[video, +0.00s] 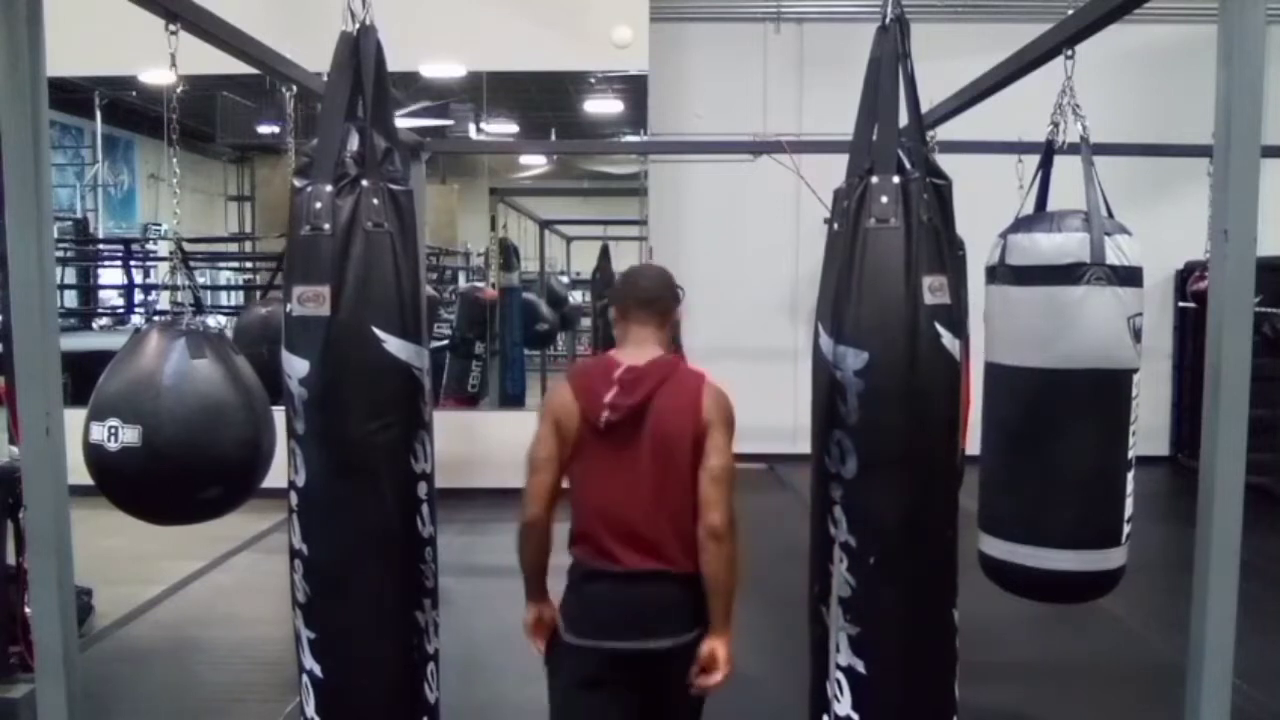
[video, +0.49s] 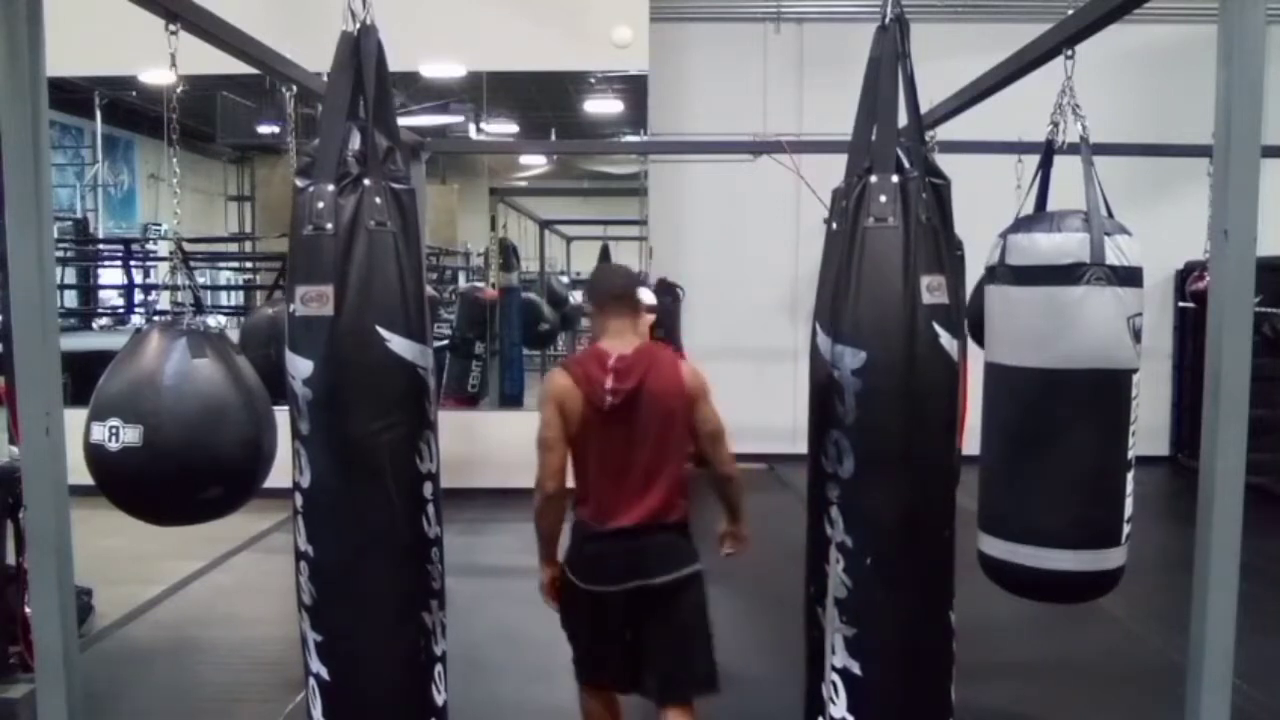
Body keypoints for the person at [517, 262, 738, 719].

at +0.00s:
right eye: (678, 309)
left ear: (614, 316)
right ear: (675, 315)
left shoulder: (569, 393)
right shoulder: (707, 399)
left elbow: (535, 513)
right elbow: (714, 525)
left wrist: (536, 597)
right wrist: (719, 629)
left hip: (591, 617)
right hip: (676, 619)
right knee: (669, 711)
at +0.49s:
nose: (650, 320)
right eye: (648, 312)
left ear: (591, 313)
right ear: (643, 312)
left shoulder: (563, 383)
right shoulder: (684, 376)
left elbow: (552, 488)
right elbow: (723, 466)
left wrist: (548, 562)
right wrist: (734, 520)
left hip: (594, 568)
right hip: (668, 563)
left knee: (597, 689)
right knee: (676, 697)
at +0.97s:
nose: (534, 319)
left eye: (539, 309)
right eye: (534, 310)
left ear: (568, 309)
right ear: (576, 308)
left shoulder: (589, 372)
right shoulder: (604, 358)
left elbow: (584, 470)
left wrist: (526, 537)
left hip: (597, 522)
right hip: (612, 516)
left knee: (583, 664)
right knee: (587, 660)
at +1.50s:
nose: (587, 305)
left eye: (599, 296)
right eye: (579, 296)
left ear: (618, 300)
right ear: (570, 300)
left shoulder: (647, 361)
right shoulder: (552, 358)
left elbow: (662, 436)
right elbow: (537, 424)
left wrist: (671, 509)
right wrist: (515, 489)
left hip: (631, 499)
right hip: (572, 501)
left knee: (650, 610)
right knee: (573, 612)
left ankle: (665, 698)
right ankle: (590, 708)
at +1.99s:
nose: (629, 307)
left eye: (640, 299)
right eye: (620, 298)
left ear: (655, 305)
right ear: (607, 303)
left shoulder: (676, 359)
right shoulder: (583, 356)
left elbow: (692, 432)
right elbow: (569, 425)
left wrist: (699, 507)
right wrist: (564, 494)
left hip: (652, 489)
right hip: (594, 489)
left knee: (660, 604)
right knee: (579, 604)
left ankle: (655, 692)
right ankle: (568, 701)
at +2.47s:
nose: (590, 310)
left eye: (600, 301)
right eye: (582, 302)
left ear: (616, 302)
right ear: (571, 305)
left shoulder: (648, 361)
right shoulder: (552, 361)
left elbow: (661, 429)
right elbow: (540, 433)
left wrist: (665, 501)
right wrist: (531, 501)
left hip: (632, 491)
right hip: (572, 493)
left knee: (653, 605)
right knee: (564, 608)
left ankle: (658, 692)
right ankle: (566, 704)